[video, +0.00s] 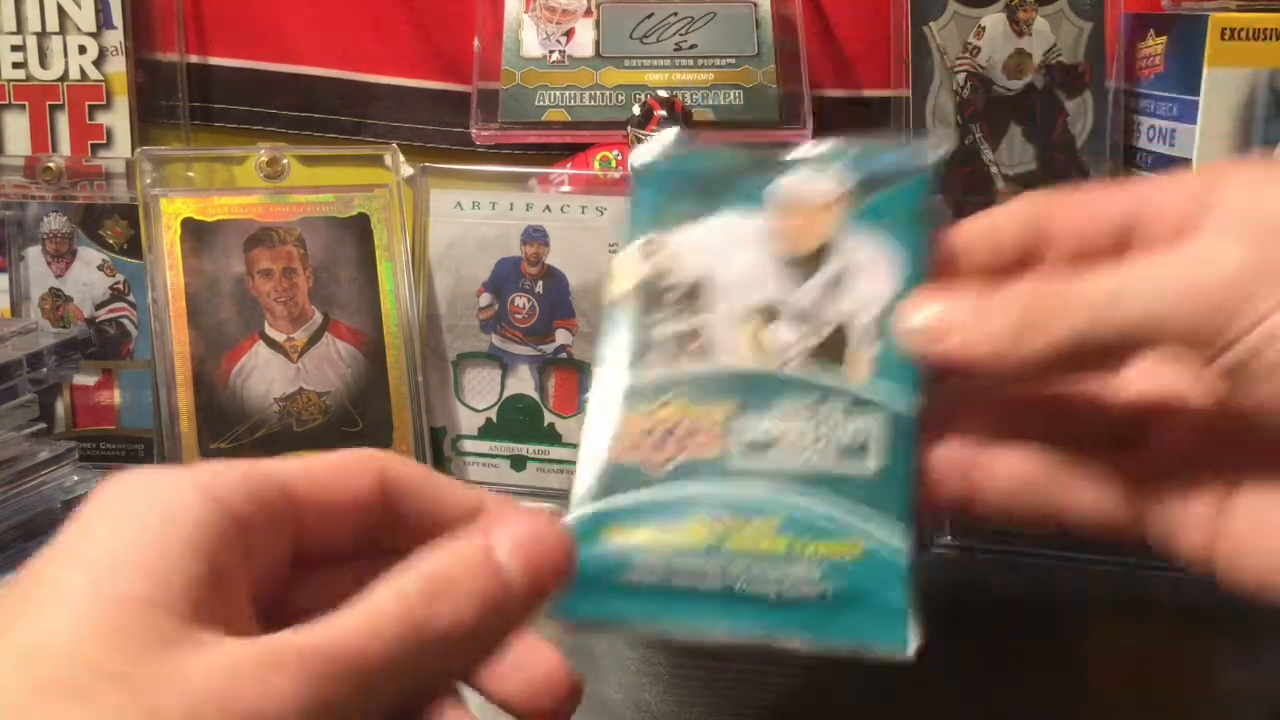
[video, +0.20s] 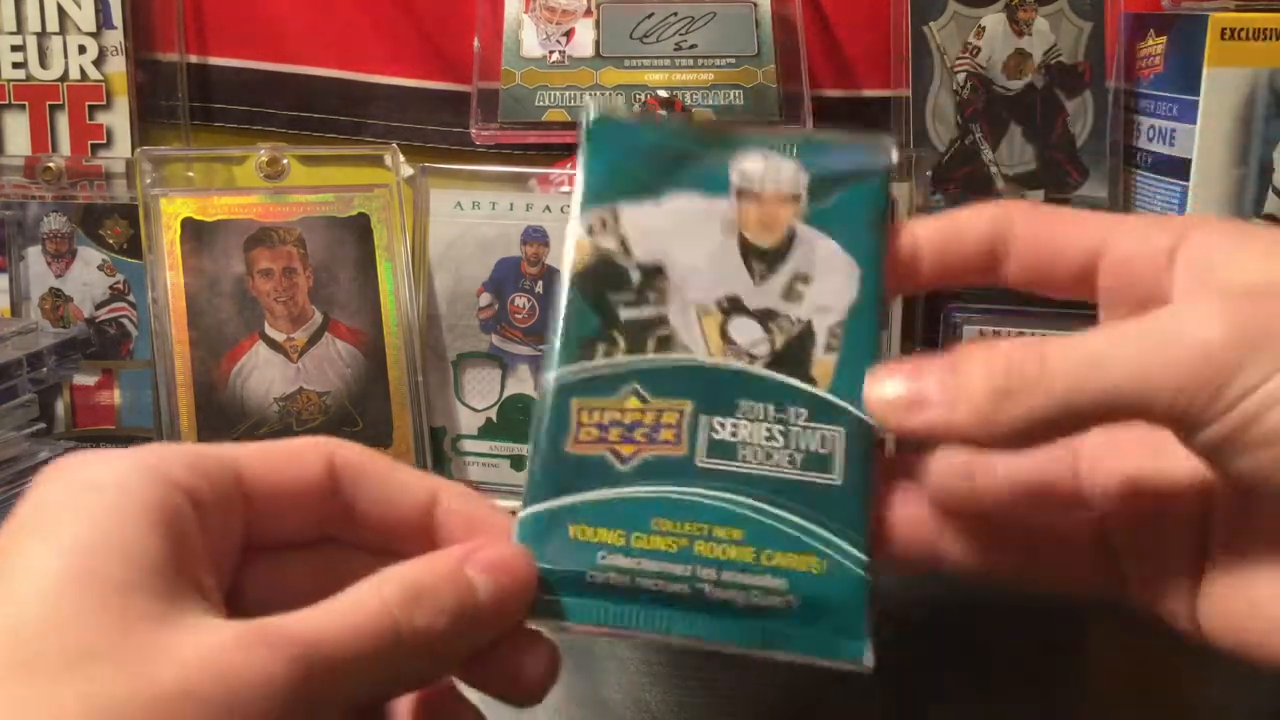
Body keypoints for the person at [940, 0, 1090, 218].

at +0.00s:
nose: (1031, 16)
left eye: (1034, 10)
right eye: (1024, 11)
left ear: (1038, 9)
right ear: (1010, 11)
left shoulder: (1041, 27)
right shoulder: (990, 27)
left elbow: (1054, 66)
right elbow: (965, 66)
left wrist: (1074, 74)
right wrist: (972, 103)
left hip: (1027, 92)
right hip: (992, 95)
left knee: (1055, 122)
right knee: (976, 142)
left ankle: (1067, 180)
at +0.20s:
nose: (1030, 15)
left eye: (1034, 10)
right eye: (1024, 10)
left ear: (1037, 10)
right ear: (1011, 8)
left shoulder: (1041, 27)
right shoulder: (990, 25)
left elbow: (1052, 61)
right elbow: (965, 63)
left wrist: (1069, 75)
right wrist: (971, 98)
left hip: (1026, 92)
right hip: (992, 93)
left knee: (1054, 125)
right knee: (981, 137)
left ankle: (1059, 188)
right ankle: (946, 182)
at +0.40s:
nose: (1030, 16)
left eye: (1034, 10)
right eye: (1024, 10)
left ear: (1037, 10)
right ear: (1010, 10)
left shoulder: (1041, 26)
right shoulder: (991, 26)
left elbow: (1053, 60)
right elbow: (965, 63)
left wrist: (1069, 76)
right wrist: (971, 98)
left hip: (1025, 91)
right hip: (992, 93)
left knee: (1054, 122)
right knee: (982, 136)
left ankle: (1061, 183)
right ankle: (945, 180)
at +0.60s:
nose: (1030, 16)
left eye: (1034, 10)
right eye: (1024, 10)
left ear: (1037, 10)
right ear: (1010, 10)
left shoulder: (1041, 27)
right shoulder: (991, 26)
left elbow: (1052, 63)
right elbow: (965, 63)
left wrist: (1071, 76)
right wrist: (972, 99)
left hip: (1025, 92)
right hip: (992, 93)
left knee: (1054, 121)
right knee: (983, 136)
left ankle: (1063, 175)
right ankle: (944, 177)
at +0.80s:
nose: (1030, 16)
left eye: (1034, 10)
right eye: (1024, 10)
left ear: (1037, 10)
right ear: (1011, 9)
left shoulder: (1041, 26)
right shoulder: (990, 25)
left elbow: (1051, 58)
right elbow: (965, 63)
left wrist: (1067, 75)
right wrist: (971, 97)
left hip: (1023, 92)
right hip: (991, 92)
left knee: (1054, 121)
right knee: (983, 135)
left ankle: (1060, 183)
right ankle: (947, 179)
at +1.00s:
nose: (1030, 16)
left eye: (1034, 10)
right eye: (1024, 10)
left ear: (1037, 10)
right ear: (1011, 8)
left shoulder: (1041, 27)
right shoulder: (991, 25)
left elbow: (1051, 59)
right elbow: (965, 63)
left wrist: (1067, 75)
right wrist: (971, 95)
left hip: (1024, 92)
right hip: (992, 93)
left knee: (1053, 126)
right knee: (980, 140)